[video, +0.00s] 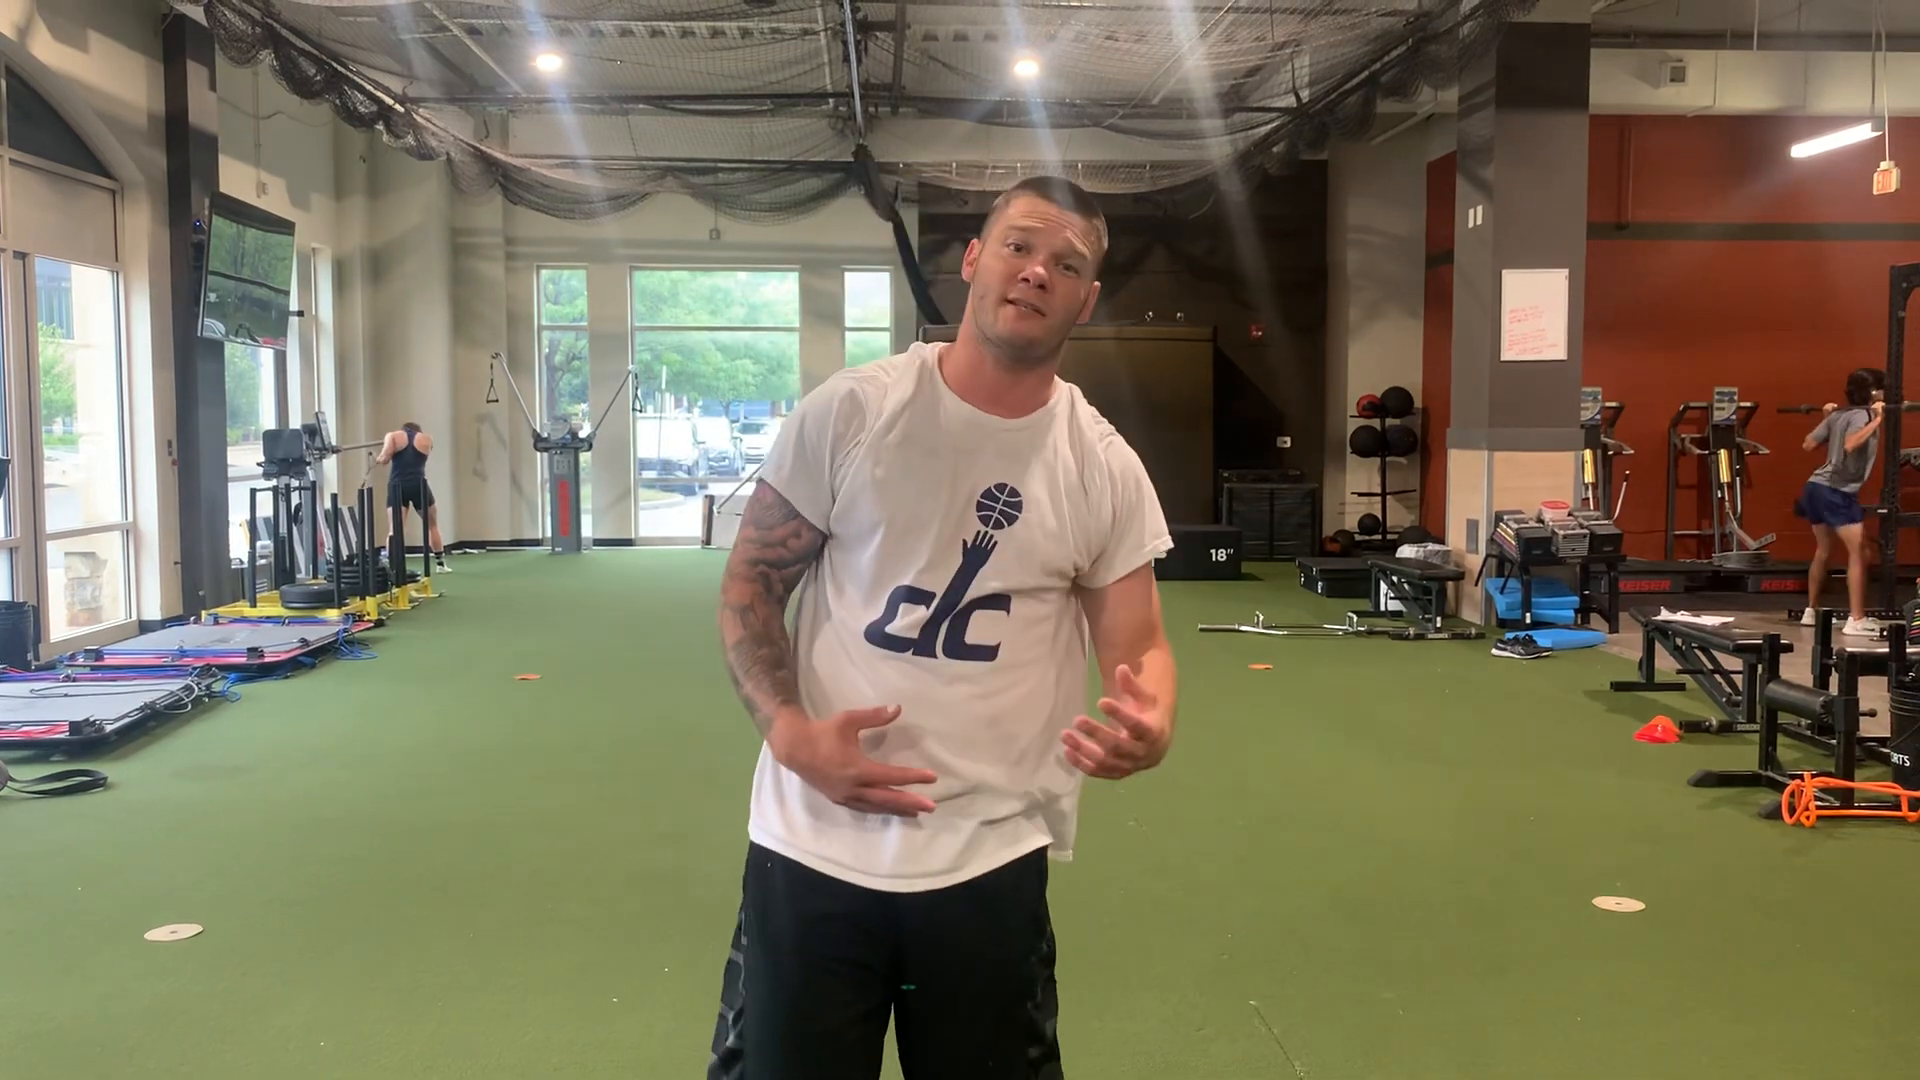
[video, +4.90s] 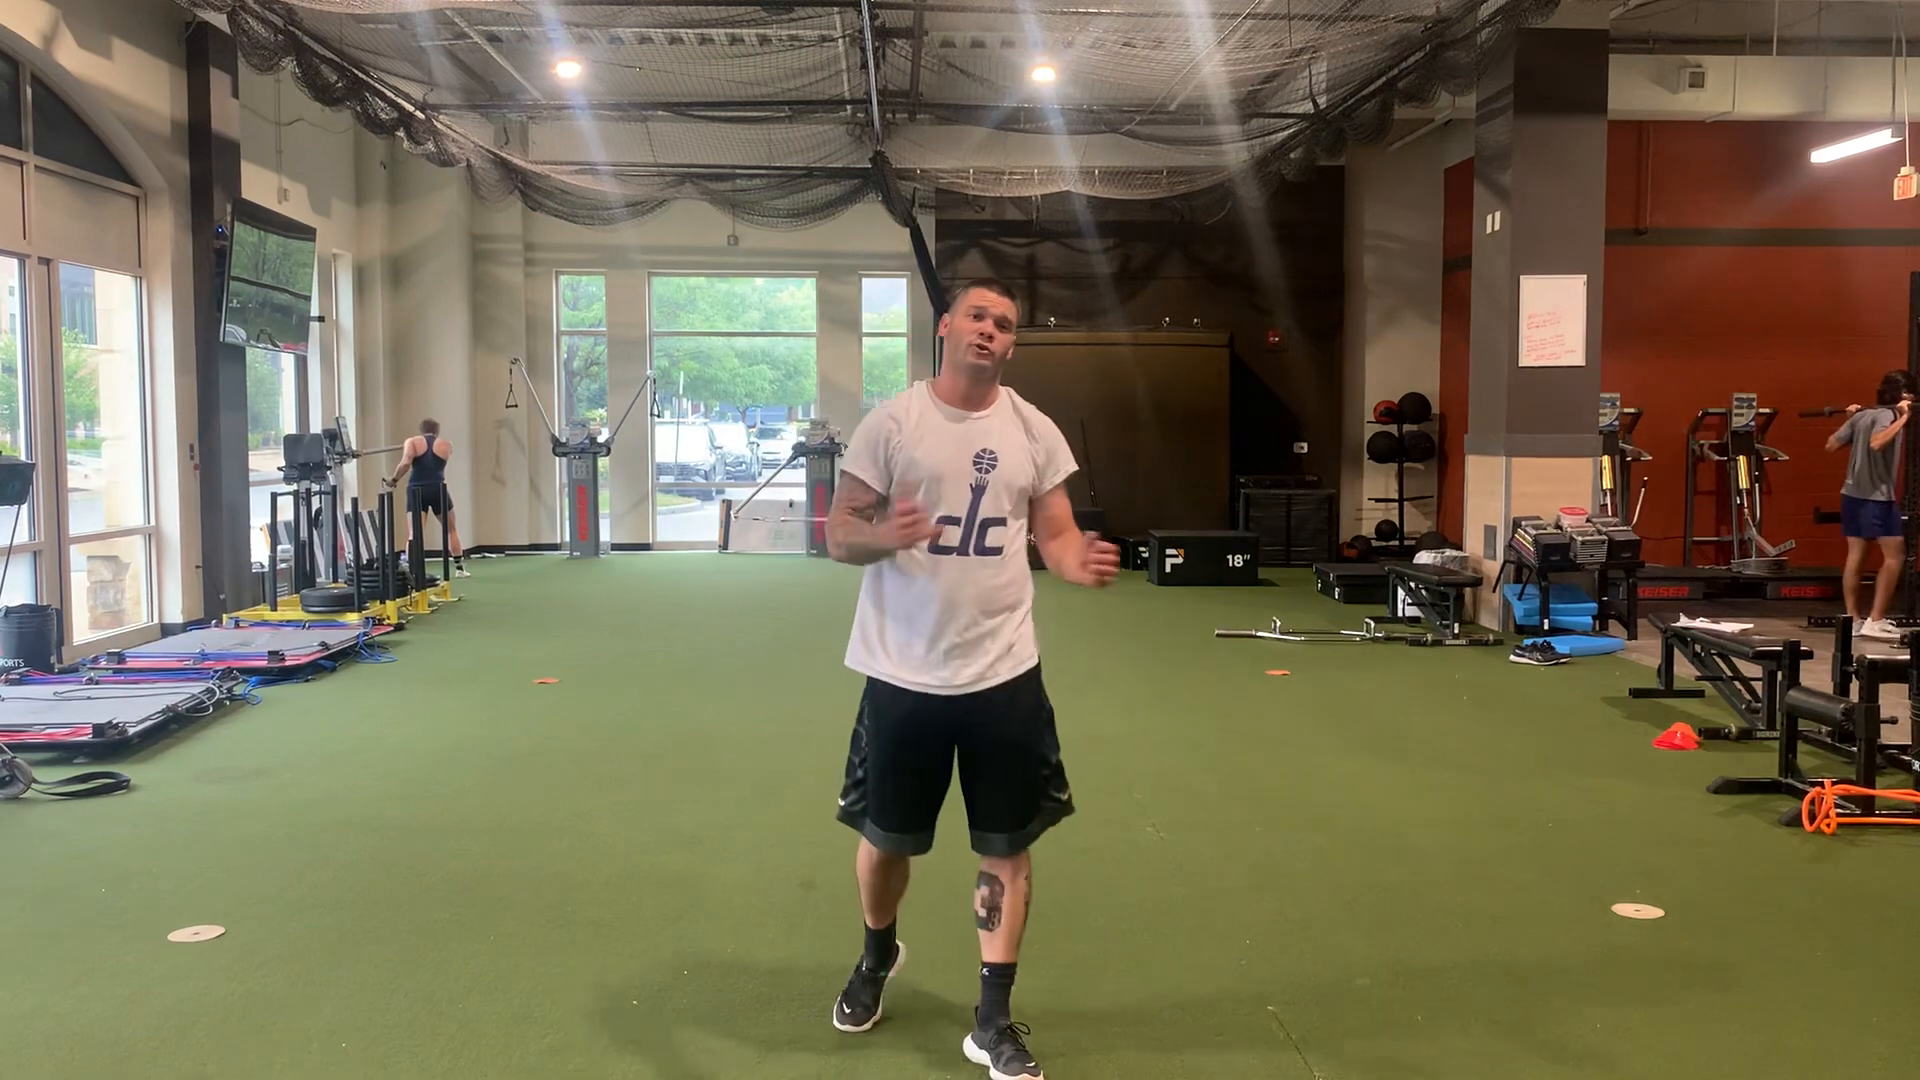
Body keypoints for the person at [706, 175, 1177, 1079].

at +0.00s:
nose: (1036, 273)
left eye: (1065, 264)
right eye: (1018, 246)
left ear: (1088, 304)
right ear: (970, 263)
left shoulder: (1102, 468)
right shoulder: (847, 414)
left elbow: (1138, 649)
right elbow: (749, 587)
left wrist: (1142, 732)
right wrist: (786, 726)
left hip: (985, 867)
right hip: (814, 854)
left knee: (997, 1067)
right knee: (781, 1066)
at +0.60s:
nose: (924, 277)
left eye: (946, 265)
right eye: (902, 254)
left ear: (967, 300)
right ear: (854, 278)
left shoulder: (1011, 447)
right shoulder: (769, 436)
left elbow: (1060, 615)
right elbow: (687, 617)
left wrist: (1026, 675)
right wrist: (774, 632)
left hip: (959, 842)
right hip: (791, 845)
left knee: (992, 1065)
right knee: (767, 1066)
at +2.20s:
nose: (881, 320)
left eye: (899, 316)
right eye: (867, 302)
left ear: (910, 342)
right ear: (825, 314)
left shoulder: (936, 446)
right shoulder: (750, 438)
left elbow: (967, 570)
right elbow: (700, 583)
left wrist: (935, 615)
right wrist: (757, 520)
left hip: (900, 735)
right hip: (774, 736)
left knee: (905, 960)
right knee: (755, 955)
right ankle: (753, 1062)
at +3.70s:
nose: (909, 341)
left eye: (923, 335)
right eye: (898, 325)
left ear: (934, 356)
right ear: (866, 334)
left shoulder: (948, 441)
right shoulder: (804, 427)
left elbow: (966, 554)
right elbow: (755, 535)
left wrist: (984, 660)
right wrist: (836, 542)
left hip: (913, 672)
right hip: (819, 674)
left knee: (905, 840)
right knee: (834, 838)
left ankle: (881, 1015)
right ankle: (861, 964)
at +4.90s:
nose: (990, 332)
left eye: (1004, 325)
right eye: (978, 316)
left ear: (1013, 347)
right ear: (942, 326)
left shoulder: (1033, 432)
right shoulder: (888, 424)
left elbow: (1057, 536)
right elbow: (839, 537)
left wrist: (1076, 558)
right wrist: (885, 535)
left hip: (1002, 676)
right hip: (900, 675)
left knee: (1005, 847)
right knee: (885, 840)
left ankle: (992, 1020)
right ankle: (877, 954)